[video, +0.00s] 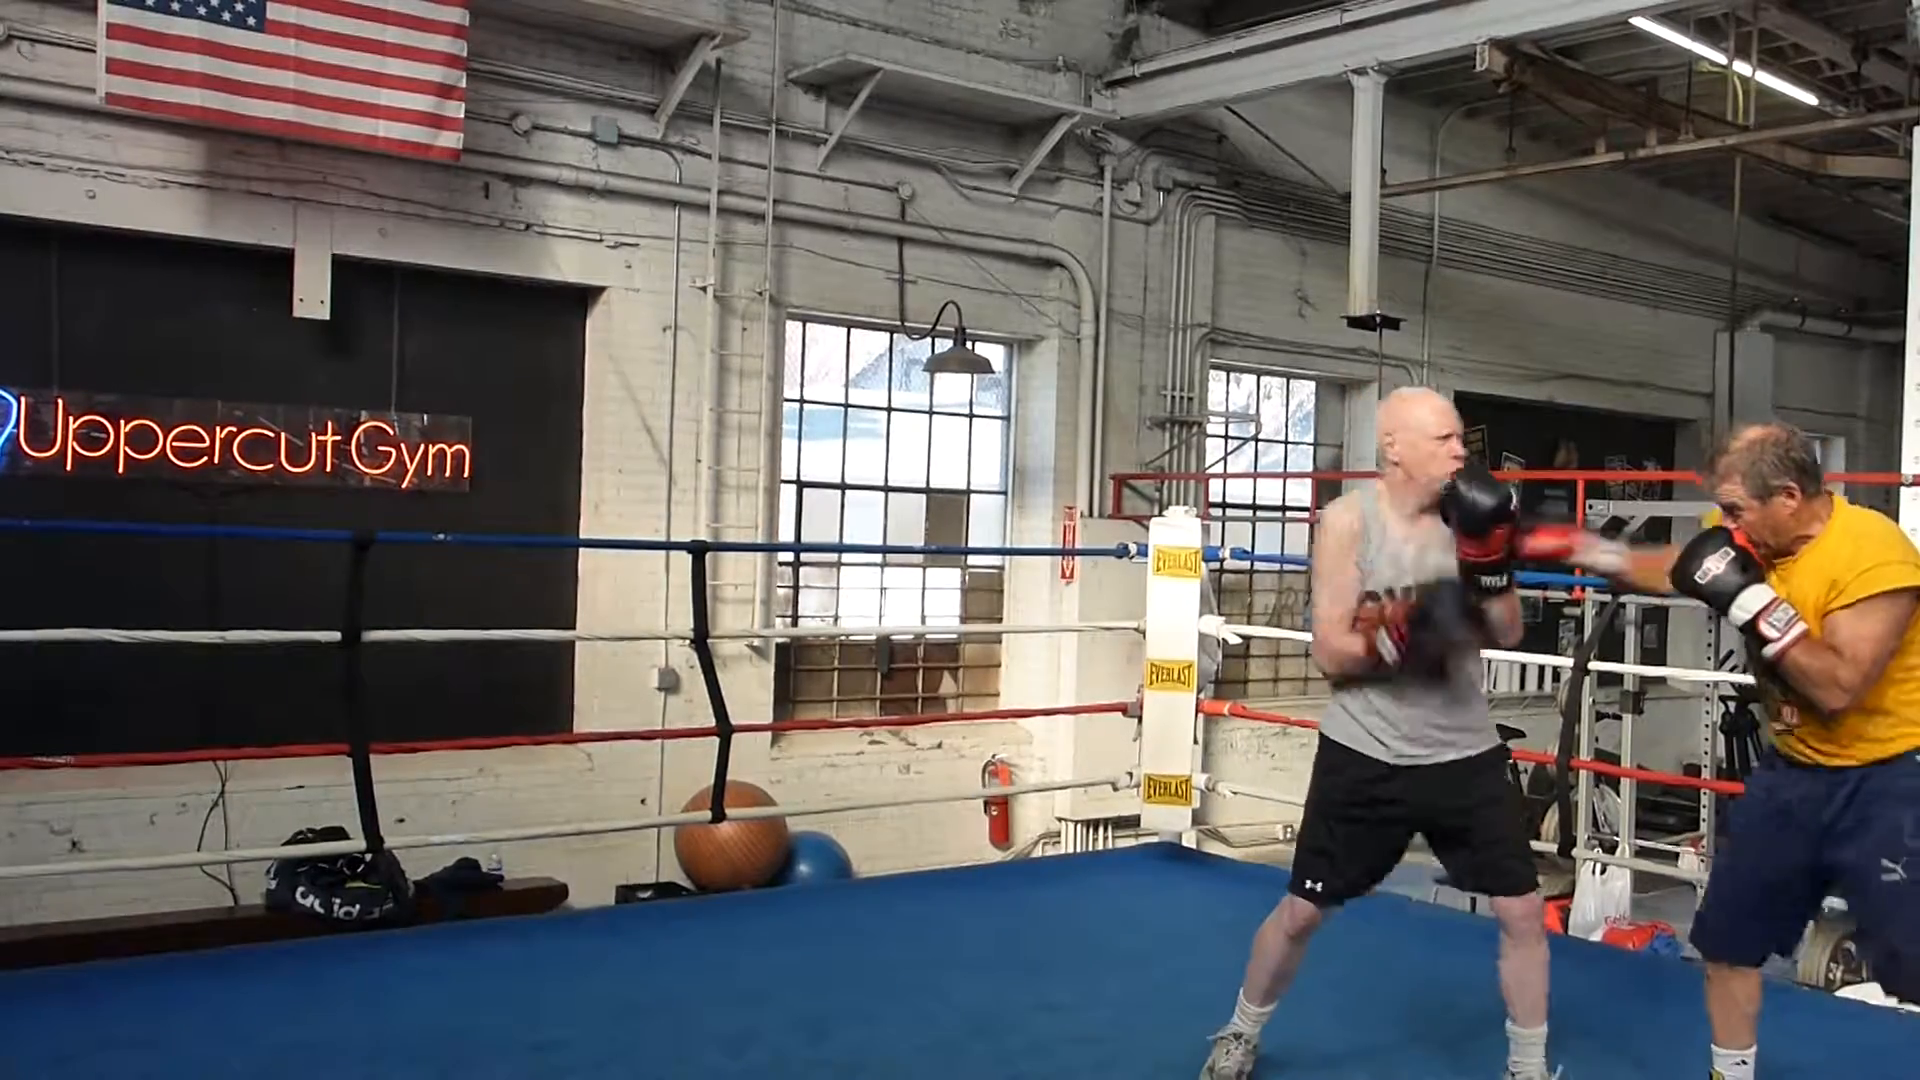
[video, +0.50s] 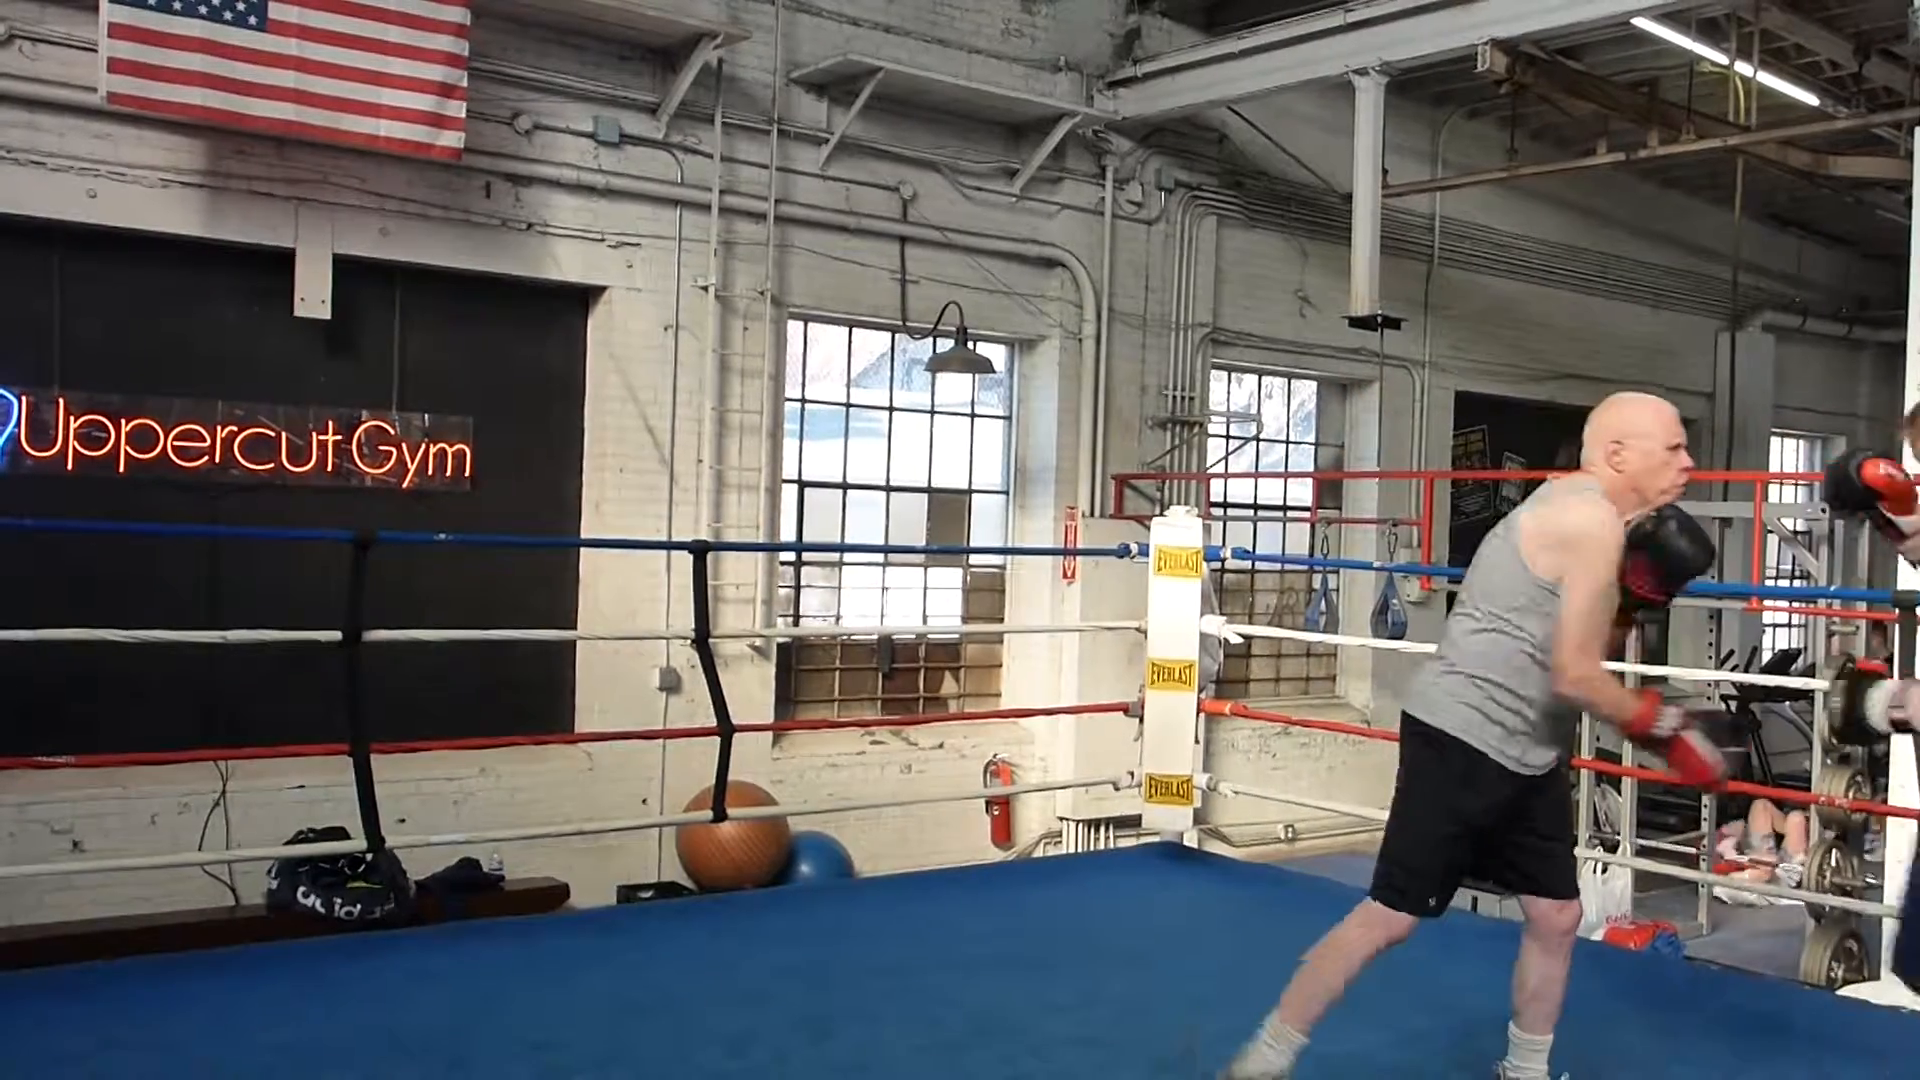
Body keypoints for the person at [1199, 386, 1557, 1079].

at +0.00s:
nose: (1459, 451)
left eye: (1460, 438)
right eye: (1443, 440)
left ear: (1461, 443)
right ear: (1394, 449)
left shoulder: (1471, 518)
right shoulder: (1346, 521)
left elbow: (1508, 633)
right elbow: (1332, 653)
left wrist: (1492, 558)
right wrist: (1391, 640)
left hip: (1466, 755)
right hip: (1363, 754)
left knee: (1523, 910)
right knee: (1304, 910)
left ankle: (1530, 1071)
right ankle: (1240, 1039)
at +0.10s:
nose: (1512, 460)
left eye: (1510, 446)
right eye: (1497, 446)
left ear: (1480, 456)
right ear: (1444, 455)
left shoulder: (1501, 523)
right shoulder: (1394, 524)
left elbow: (1528, 643)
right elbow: (1407, 667)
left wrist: (1502, 597)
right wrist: (1500, 665)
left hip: (1478, 758)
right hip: (1386, 759)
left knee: (1541, 909)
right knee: (1319, 919)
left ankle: (1527, 1071)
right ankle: (1241, 1039)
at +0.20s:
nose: (1567, 462)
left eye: (1564, 447)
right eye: (1552, 448)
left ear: (1502, 460)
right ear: (1501, 457)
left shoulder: (1482, 519)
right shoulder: (1485, 527)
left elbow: (1507, 639)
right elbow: (1586, 646)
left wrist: (1565, 573)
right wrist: (1682, 630)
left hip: (1488, 765)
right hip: (1412, 764)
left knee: (1549, 905)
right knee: (1334, 915)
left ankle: (1528, 1071)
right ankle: (1234, 1027)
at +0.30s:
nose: (1623, 468)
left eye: (1619, 452)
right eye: (1607, 453)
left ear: (1552, 462)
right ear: (1553, 461)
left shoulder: (1503, 504)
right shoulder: (1560, 529)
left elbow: (1518, 628)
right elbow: (1669, 637)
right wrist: (1760, 636)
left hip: (1502, 761)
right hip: (1439, 757)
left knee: (1558, 905)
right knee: (1355, 915)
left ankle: (1528, 1072)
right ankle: (1210, 1001)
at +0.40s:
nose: (1659, 464)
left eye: (1655, 449)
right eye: (1644, 451)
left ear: (1583, 460)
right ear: (1590, 459)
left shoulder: (1529, 502)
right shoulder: (1597, 530)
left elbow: (1544, 623)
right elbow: (1673, 673)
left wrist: (1618, 608)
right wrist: (1765, 705)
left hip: (1514, 757)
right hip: (1451, 749)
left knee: (1552, 911)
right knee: (1372, 916)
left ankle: (1525, 1070)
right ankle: (1215, 1017)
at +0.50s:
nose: (1689, 465)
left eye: (1686, 450)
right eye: (1674, 451)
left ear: (1615, 455)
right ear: (1616, 454)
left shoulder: (1573, 504)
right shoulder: (1592, 521)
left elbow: (1570, 647)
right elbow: (1575, 674)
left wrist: (1637, 594)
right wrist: (1662, 726)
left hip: (1528, 751)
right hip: (1461, 734)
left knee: (1555, 915)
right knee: (1392, 913)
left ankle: (1526, 1071)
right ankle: (1261, 1062)